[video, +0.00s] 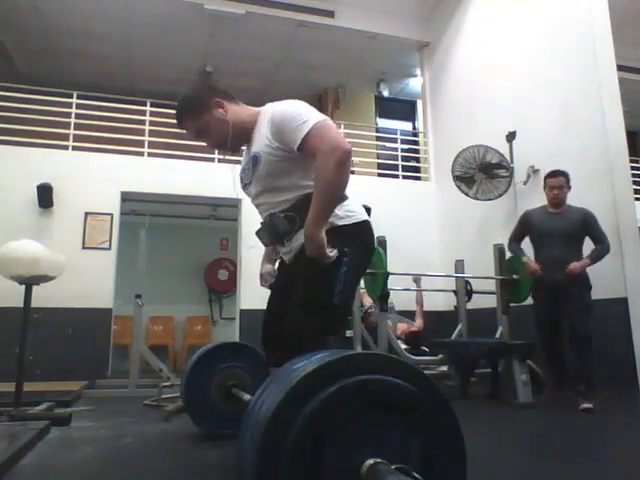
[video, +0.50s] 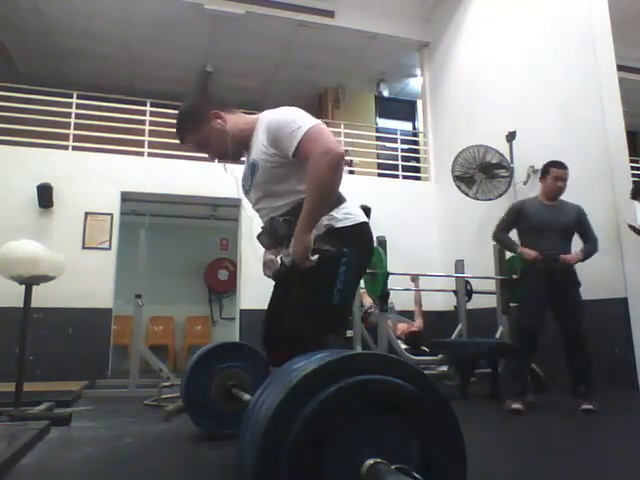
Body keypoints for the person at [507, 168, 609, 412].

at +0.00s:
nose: (555, 193)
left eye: (560, 188)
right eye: (550, 188)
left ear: (568, 189)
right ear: (544, 191)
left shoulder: (582, 216)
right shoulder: (530, 218)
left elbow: (603, 246)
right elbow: (513, 244)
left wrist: (585, 262)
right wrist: (527, 261)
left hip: (575, 287)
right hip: (544, 288)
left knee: (581, 337)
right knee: (549, 339)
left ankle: (584, 394)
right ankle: (557, 389)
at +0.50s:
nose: (560, 185)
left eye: (564, 180)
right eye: (556, 179)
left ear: (567, 183)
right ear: (543, 179)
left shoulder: (574, 212)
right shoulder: (522, 209)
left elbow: (592, 243)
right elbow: (498, 234)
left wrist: (577, 256)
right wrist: (520, 250)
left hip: (564, 280)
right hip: (533, 281)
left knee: (574, 335)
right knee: (526, 335)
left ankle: (583, 396)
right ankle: (517, 395)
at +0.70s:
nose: (551, 183)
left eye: (553, 179)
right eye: (547, 178)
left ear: (551, 181)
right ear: (530, 177)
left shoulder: (555, 210)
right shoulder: (510, 207)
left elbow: (562, 240)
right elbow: (490, 236)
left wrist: (563, 257)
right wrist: (510, 259)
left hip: (548, 280)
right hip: (518, 282)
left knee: (565, 335)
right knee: (516, 339)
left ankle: (580, 394)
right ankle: (512, 396)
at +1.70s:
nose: (574, 208)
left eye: (574, 204)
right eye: (570, 203)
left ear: (558, 206)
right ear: (555, 204)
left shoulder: (563, 238)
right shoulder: (528, 224)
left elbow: (567, 268)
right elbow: (499, 244)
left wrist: (564, 296)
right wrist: (510, 279)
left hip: (531, 290)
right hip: (505, 288)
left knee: (566, 329)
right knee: (504, 334)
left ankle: (563, 391)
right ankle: (499, 395)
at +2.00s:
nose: (564, 245)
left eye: (564, 240)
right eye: (561, 240)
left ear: (551, 242)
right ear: (548, 241)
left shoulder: (556, 267)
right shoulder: (519, 259)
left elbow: (562, 286)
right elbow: (486, 276)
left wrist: (558, 307)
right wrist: (497, 310)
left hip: (527, 314)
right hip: (500, 315)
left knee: (571, 334)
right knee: (503, 335)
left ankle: (564, 392)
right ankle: (497, 397)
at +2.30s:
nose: (533, 244)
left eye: (533, 239)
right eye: (531, 239)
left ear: (519, 241)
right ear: (521, 240)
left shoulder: (527, 266)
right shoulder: (497, 263)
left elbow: (533, 294)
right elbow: (482, 289)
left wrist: (545, 312)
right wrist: (507, 314)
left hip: (522, 319)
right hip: (496, 321)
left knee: (567, 334)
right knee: (511, 338)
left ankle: (564, 392)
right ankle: (498, 396)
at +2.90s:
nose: (514, 242)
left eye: (513, 239)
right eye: (512, 238)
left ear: (499, 240)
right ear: (503, 239)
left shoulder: (510, 268)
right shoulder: (480, 260)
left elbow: (509, 300)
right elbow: (461, 284)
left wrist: (526, 313)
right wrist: (479, 295)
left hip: (517, 317)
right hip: (494, 317)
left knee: (570, 332)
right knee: (507, 334)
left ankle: (573, 392)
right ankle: (501, 397)